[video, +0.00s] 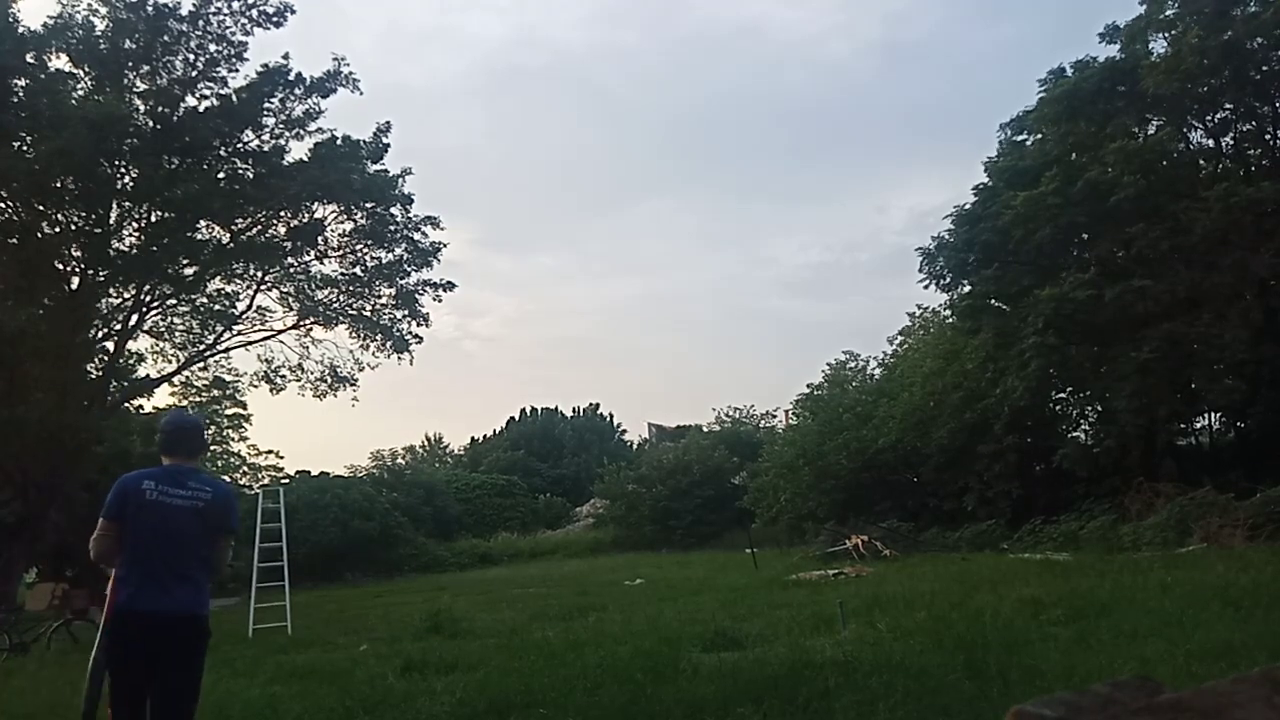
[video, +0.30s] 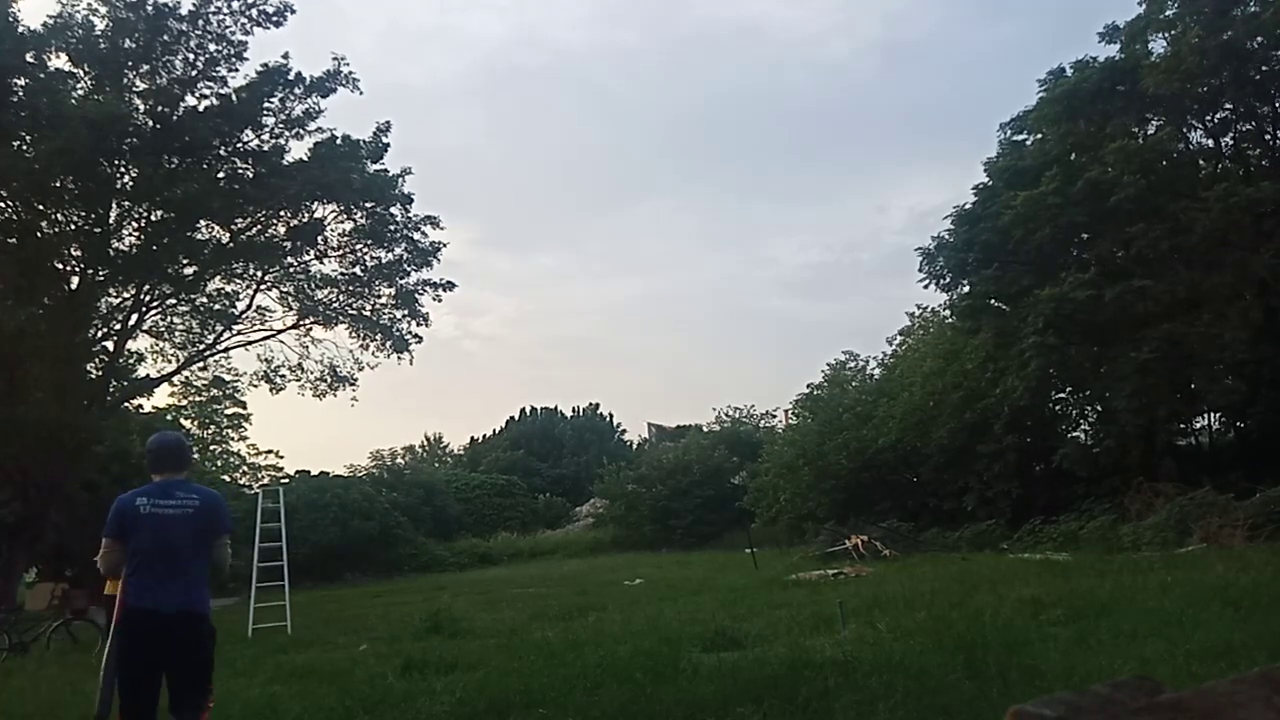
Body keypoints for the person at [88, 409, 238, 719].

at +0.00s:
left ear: (160, 445)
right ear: (203, 448)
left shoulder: (129, 484)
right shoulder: (222, 493)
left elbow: (100, 549)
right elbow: (220, 564)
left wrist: (135, 565)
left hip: (130, 619)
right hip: (187, 623)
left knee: (126, 708)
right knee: (176, 708)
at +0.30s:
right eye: (189, 458)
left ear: (149, 464)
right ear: (189, 462)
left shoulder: (127, 503)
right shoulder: (211, 502)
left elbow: (108, 564)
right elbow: (222, 563)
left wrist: (142, 550)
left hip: (138, 626)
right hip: (191, 626)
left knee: (136, 710)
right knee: (190, 709)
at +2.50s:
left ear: (176, 499)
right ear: (199, 500)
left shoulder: (162, 525)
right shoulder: (213, 525)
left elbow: (149, 561)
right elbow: (224, 561)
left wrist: (169, 556)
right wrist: (206, 565)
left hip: (170, 597)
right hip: (201, 596)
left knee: (165, 649)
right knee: (196, 648)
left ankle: (161, 698)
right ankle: (192, 700)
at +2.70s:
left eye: (170, 504)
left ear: (168, 504)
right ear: (189, 502)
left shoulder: (156, 526)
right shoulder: (204, 524)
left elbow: (144, 561)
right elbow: (219, 557)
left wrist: (160, 551)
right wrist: (220, 584)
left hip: (164, 596)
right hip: (195, 596)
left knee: (162, 646)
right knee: (196, 639)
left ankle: (161, 692)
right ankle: (191, 670)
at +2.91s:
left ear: (168, 503)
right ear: (189, 504)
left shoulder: (154, 525)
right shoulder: (200, 526)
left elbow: (141, 559)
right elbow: (209, 556)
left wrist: (156, 548)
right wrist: (219, 580)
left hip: (161, 594)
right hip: (191, 594)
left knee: (162, 639)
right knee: (189, 637)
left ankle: (163, 677)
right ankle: (183, 682)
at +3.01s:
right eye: (189, 507)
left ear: (170, 507)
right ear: (190, 508)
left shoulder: (155, 529)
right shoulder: (199, 530)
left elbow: (141, 561)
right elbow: (208, 558)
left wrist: (157, 554)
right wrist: (217, 585)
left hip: (161, 594)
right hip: (189, 595)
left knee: (159, 637)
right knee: (186, 639)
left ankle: (161, 677)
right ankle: (183, 682)